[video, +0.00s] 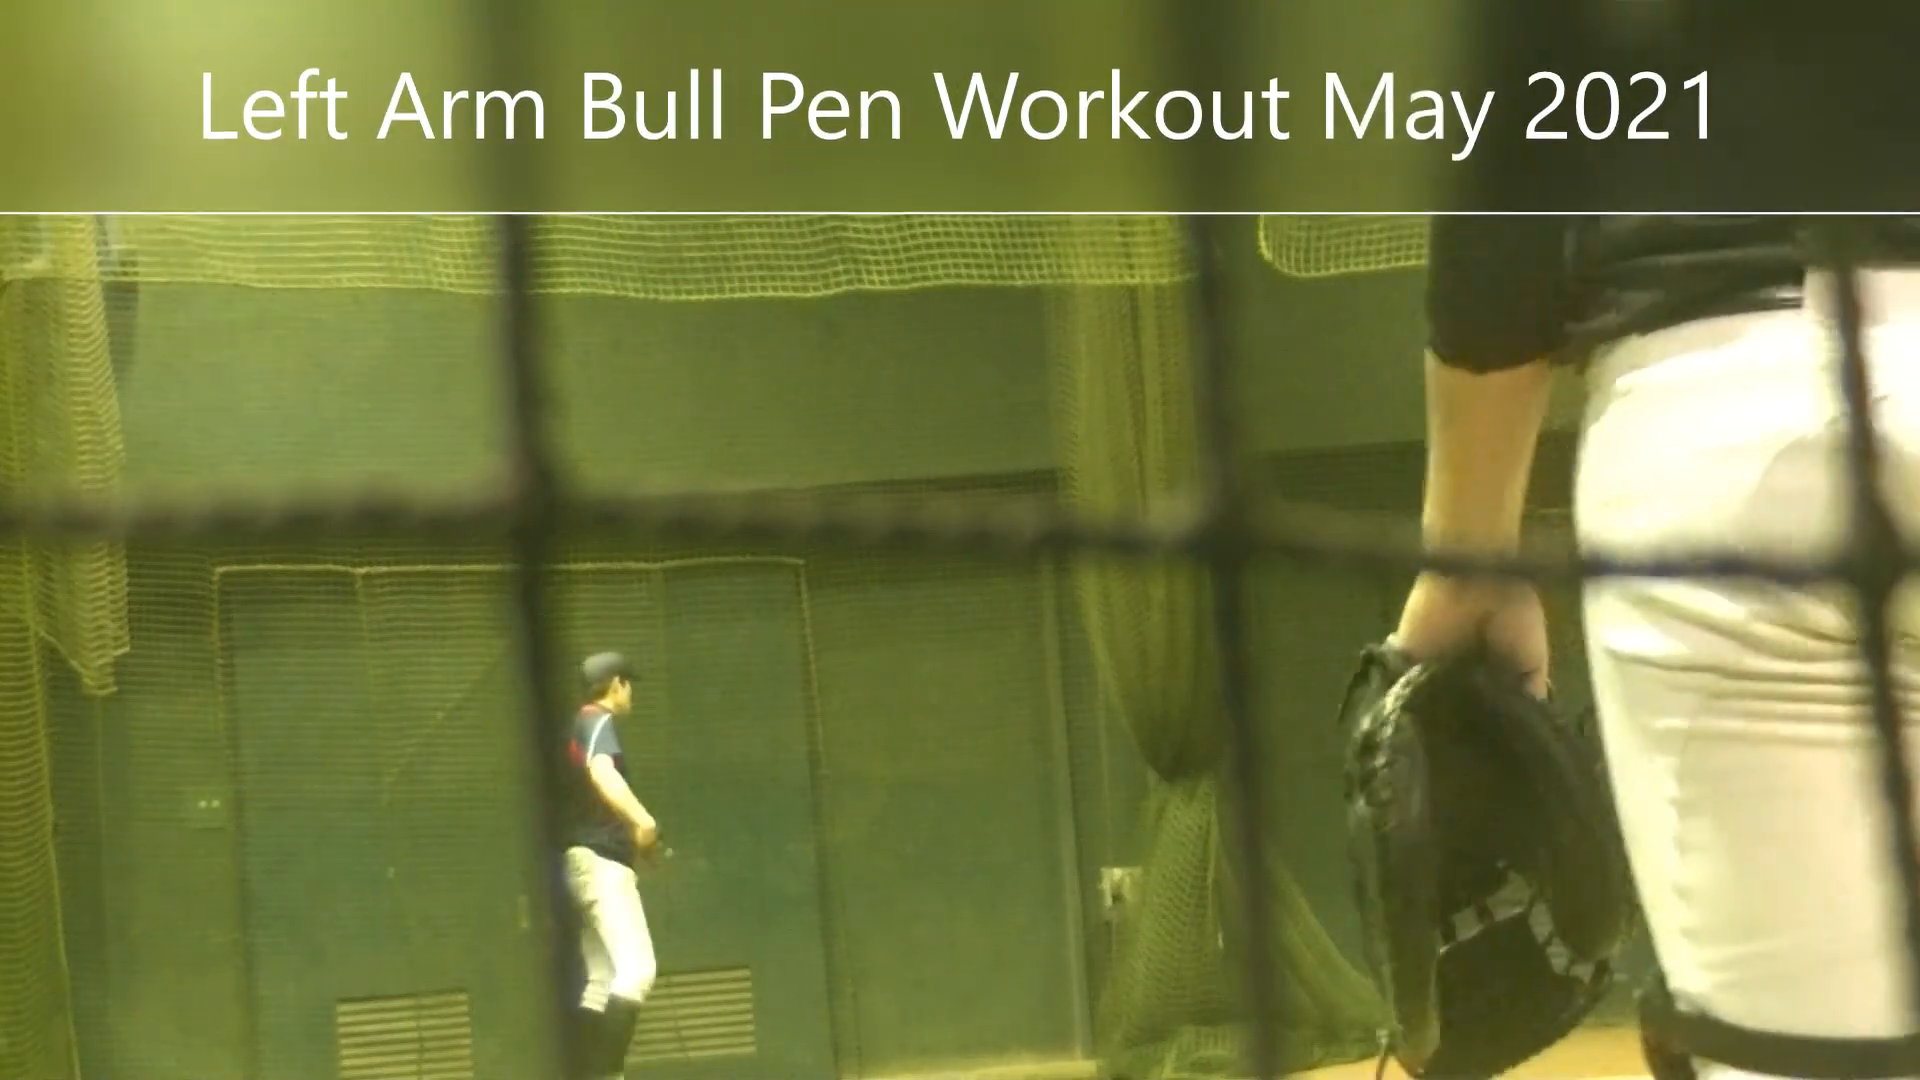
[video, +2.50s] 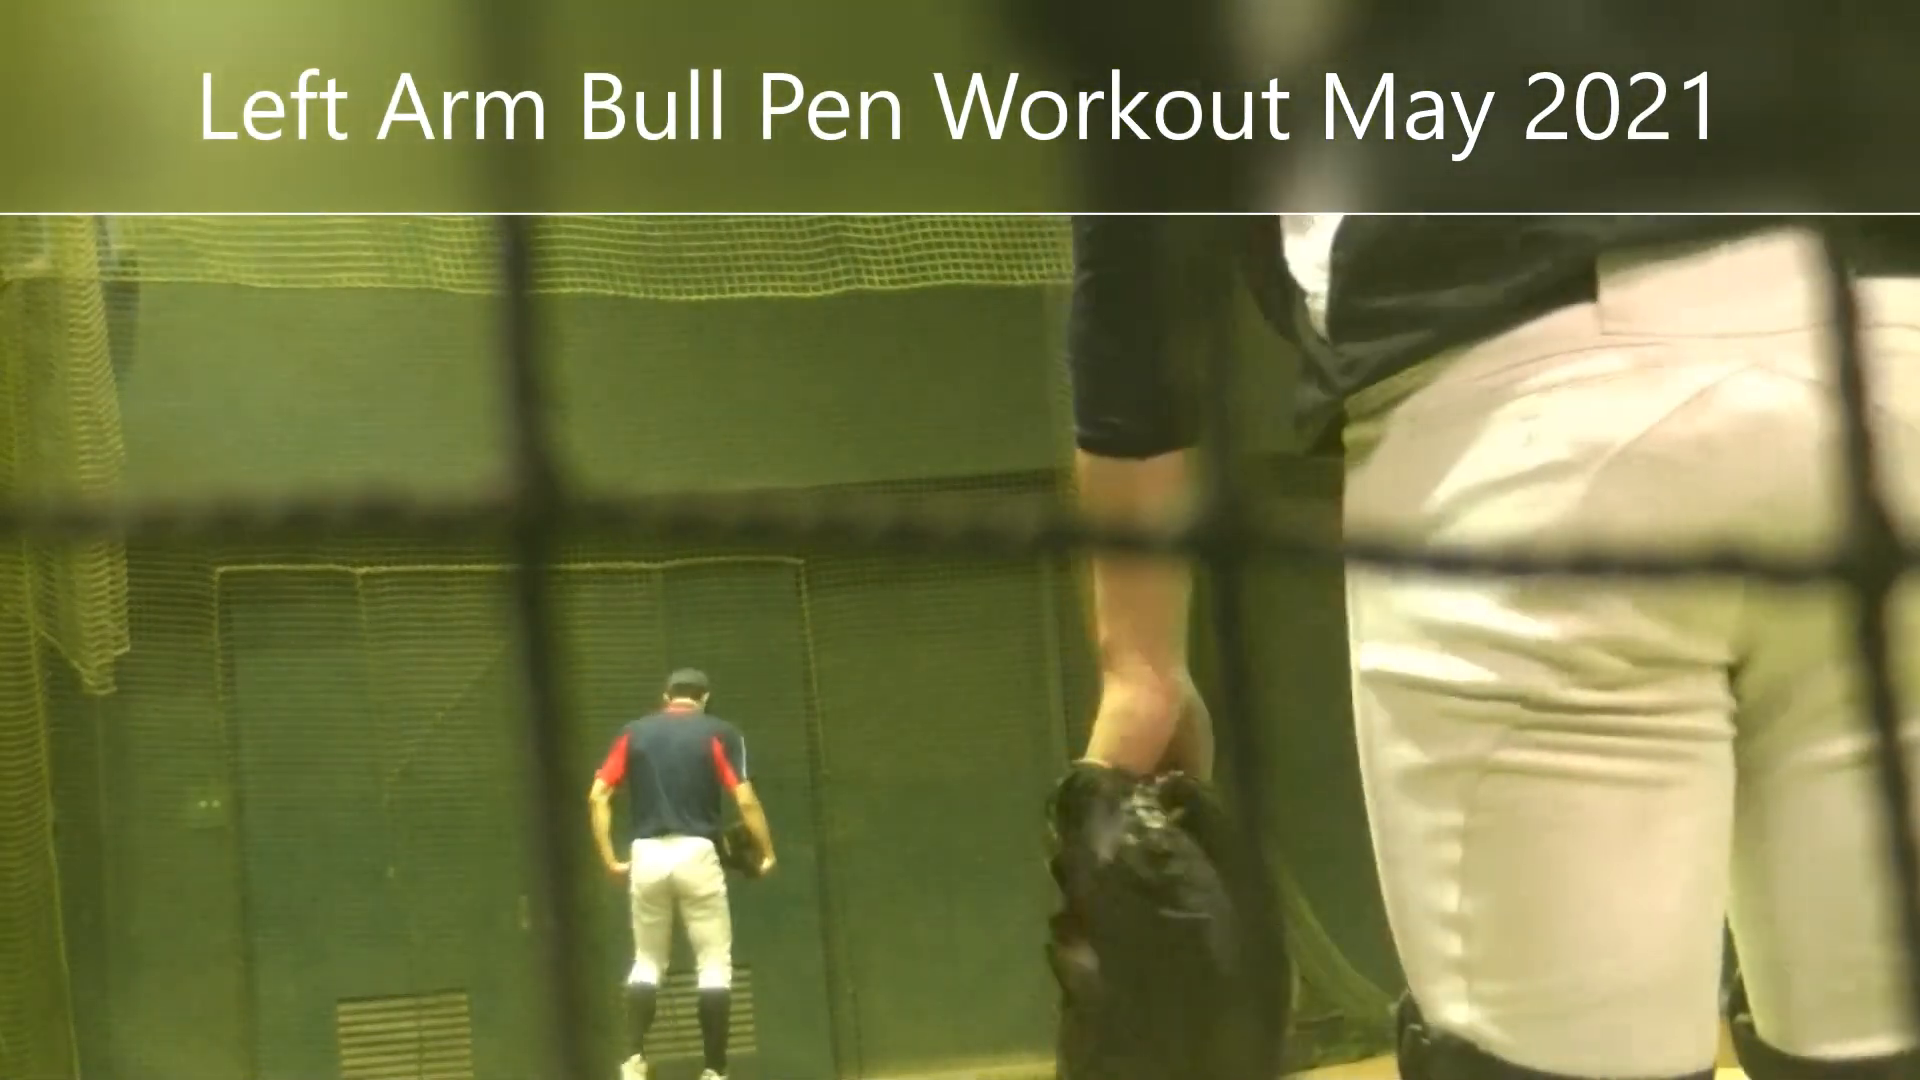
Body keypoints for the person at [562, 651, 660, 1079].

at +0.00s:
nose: (630, 694)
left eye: (628, 686)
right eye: (627, 686)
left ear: (596, 687)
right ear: (614, 686)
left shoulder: (578, 723)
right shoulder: (597, 719)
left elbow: (588, 795)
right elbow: (600, 770)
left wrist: (637, 844)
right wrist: (642, 820)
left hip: (580, 860)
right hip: (598, 862)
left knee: (600, 976)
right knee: (635, 968)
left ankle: (580, 1069)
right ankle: (604, 1070)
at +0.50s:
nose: (674, 693)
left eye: (671, 686)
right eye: (672, 687)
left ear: (635, 691)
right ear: (663, 689)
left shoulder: (607, 733)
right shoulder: (664, 730)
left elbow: (587, 801)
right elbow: (670, 792)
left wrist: (596, 859)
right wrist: (698, 848)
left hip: (609, 863)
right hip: (648, 861)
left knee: (628, 976)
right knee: (689, 969)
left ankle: (595, 1072)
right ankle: (709, 1072)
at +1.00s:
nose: (702, 695)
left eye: (684, 689)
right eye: (709, 688)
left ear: (673, 692)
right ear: (713, 690)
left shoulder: (647, 730)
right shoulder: (734, 731)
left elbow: (603, 789)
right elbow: (764, 796)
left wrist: (617, 856)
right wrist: (784, 850)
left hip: (659, 856)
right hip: (710, 856)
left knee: (664, 958)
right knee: (713, 963)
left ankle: (669, 1069)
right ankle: (713, 1072)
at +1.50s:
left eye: (649, 696)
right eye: (674, 690)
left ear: (645, 699)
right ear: (684, 693)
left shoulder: (628, 737)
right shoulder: (715, 726)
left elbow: (592, 802)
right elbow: (750, 789)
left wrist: (615, 863)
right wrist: (778, 837)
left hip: (657, 859)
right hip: (709, 853)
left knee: (673, 968)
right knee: (739, 953)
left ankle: (687, 1069)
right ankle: (728, 1052)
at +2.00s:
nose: (670, 708)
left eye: (662, 701)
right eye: (680, 701)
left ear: (650, 705)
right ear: (688, 702)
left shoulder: (625, 740)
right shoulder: (709, 731)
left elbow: (592, 803)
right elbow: (742, 792)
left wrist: (613, 866)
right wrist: (770, 842)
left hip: (653, 857)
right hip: (702, 851)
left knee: (671, 968)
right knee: (718, 961)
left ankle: (687, 1070)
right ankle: (720, 1066)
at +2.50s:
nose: (698, 704)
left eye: (674, 697)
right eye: (701, 698)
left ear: (666, 698)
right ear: (703, 699)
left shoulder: (634, 733)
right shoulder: (719, 733)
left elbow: (598, 794)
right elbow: (745, 799)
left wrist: (609, 860)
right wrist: (766, 852)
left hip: (646, 857)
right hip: (697, 856)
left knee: (647, 958)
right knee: (713, 959)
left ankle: (633, 1057)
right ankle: (715, 1068)